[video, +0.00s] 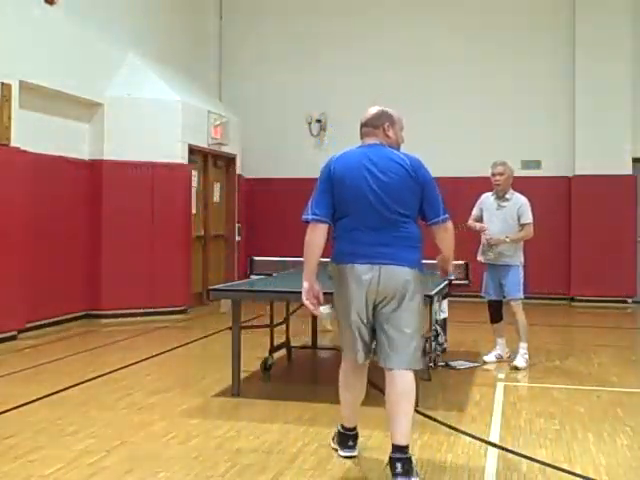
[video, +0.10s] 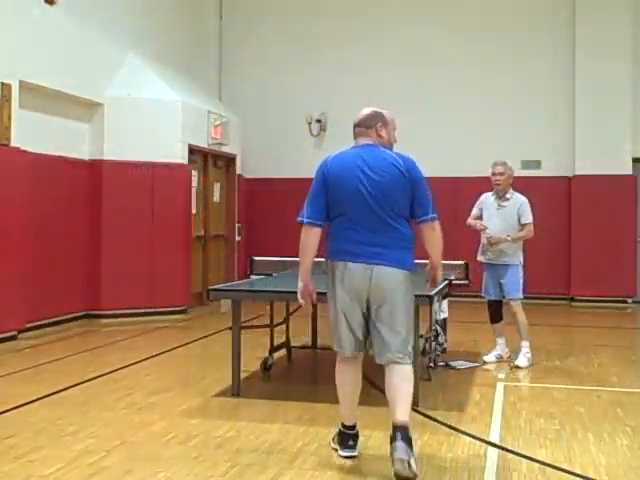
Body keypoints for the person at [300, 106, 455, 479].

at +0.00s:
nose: (402, 138)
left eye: (401, 131)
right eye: (400, 132)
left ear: (363, 131)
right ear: (389, 130)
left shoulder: (336, 165)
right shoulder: (411, 166)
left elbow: (318, 224)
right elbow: (441, 223)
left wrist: (309, 278)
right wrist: (447, 260)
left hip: (353, 273)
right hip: (402, 274)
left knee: (354, 357)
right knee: (400, 364)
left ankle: (347, 435)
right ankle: (401, 459)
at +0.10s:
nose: (395, 137)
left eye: (393, 130)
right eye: (393, 131)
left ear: (356, 132)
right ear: (382, 130)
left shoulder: (331, 165)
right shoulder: (405, 166)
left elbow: (312, 225)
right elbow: (428, 222)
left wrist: (304, 277)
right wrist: (436, 264)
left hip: (346, 272)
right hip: (394, 274)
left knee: (348, 355)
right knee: (398, 357)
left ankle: (348, 435)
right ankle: (401, 434)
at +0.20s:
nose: (390, 137)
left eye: (389, 130)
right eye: (388, 131)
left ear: (352, 130)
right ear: (376, 129)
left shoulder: (326, 164)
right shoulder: (399, 165)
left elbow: (305, 221)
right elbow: (420, 222)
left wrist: (304, 263)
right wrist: (428, 269)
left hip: (340, 269)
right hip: (386, 271)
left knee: (347, 348)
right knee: (395, 347)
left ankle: (348, 434)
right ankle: (397, 408)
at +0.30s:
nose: (388, 137)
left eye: (387, 130)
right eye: (386, 131)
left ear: (350, 131)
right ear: (373, 130)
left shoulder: (324, 164)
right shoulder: (397, 166)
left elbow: (301, 218)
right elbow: (417, 221)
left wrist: (326, 248)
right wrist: (424, 268)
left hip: (339, 267)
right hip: (384, 269)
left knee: (347, 348)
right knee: (391, 341)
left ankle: (348, 435)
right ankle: (391, 407)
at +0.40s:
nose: (386, 139)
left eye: (386, 133)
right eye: (385, 133)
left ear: (350, 132)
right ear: (373, 131)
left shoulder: (323, 163)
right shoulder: (393, 167)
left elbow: (299, 213)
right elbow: (412, 221)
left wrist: (329, 206)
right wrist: (424, 267)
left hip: (338, 266)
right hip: (383, 268)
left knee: (348, 346)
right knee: (385, 340)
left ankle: (348, 434)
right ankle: (385, 418)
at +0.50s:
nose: (386, 142)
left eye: (386, 135)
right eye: (385, 136)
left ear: (351, 135)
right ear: (372, 135)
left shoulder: (325, 166)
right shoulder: (392, 169)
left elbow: (297, 210)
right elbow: (410, 221)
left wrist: (326, 192)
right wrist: (426, 269)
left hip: (339, 265)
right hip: (382, 268)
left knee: (348, 347)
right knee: (380, 344)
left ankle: (347, 434)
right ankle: (380, 416)